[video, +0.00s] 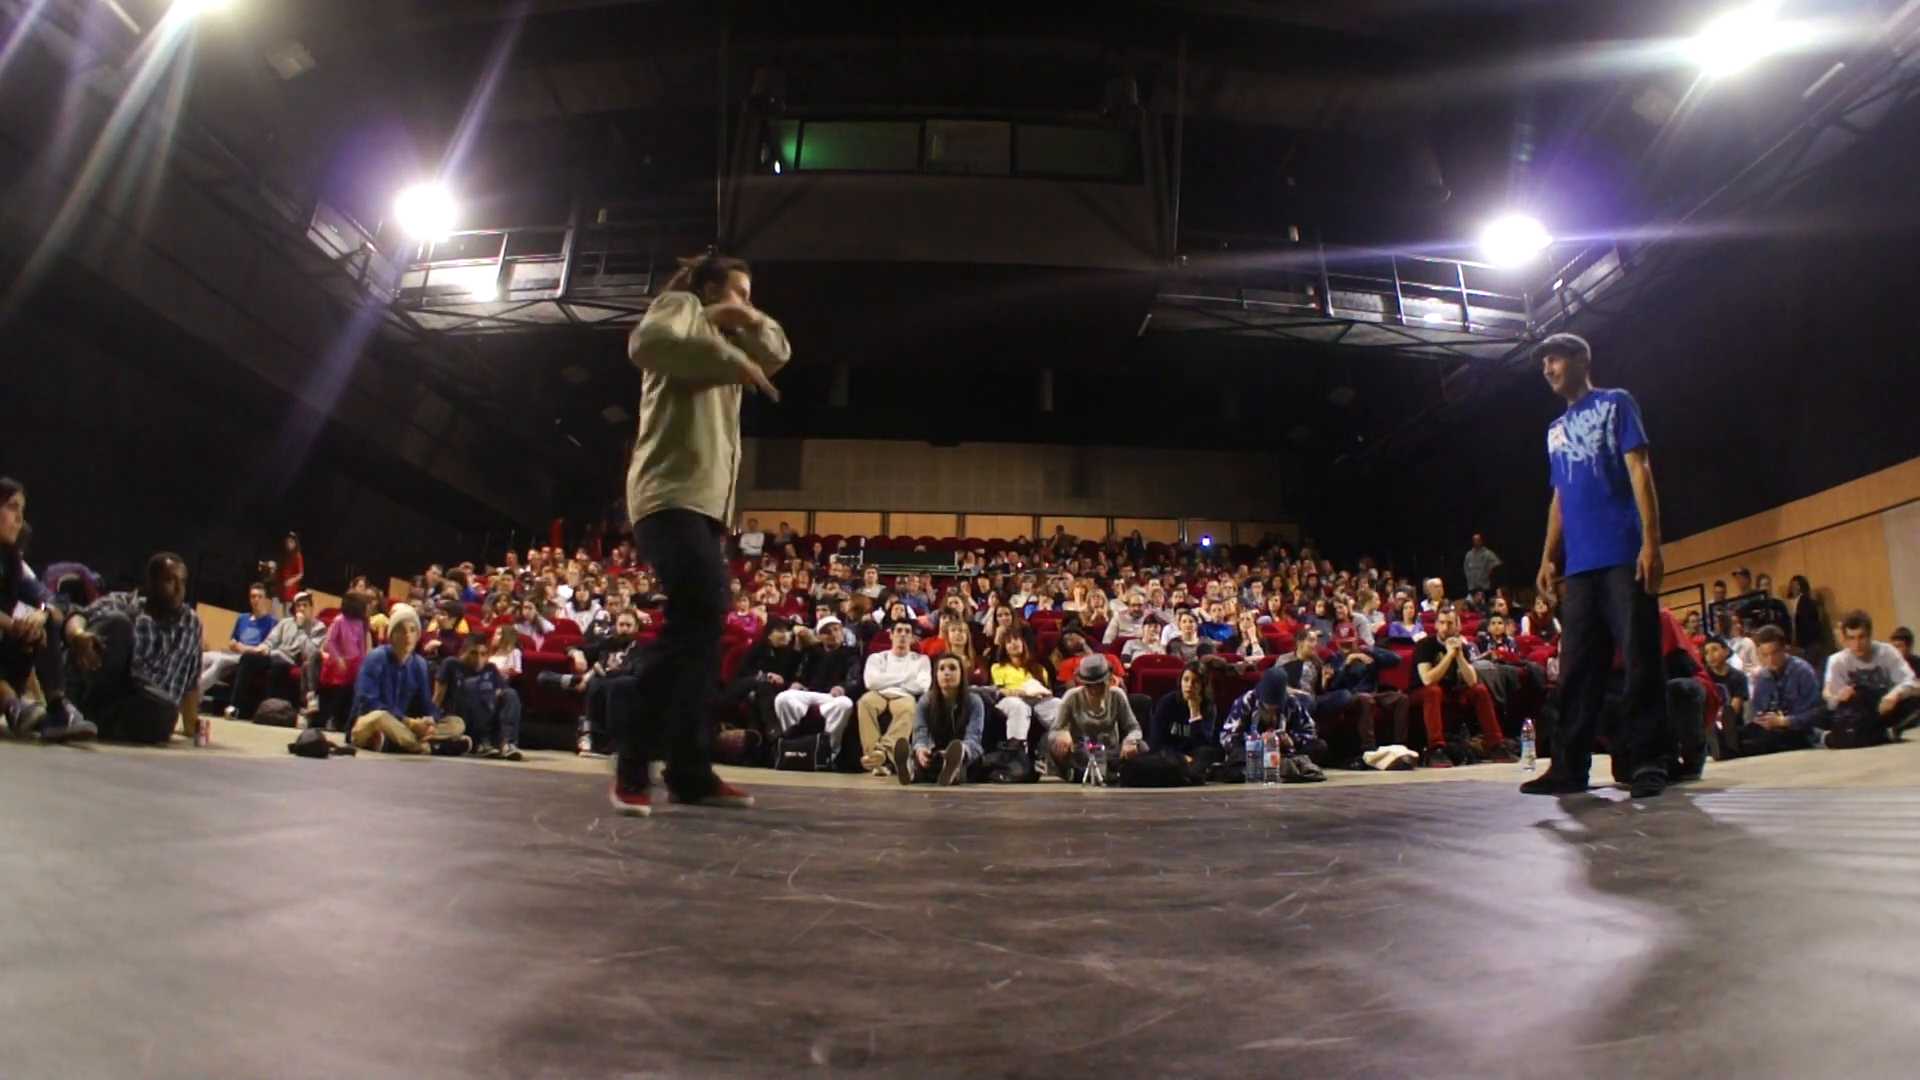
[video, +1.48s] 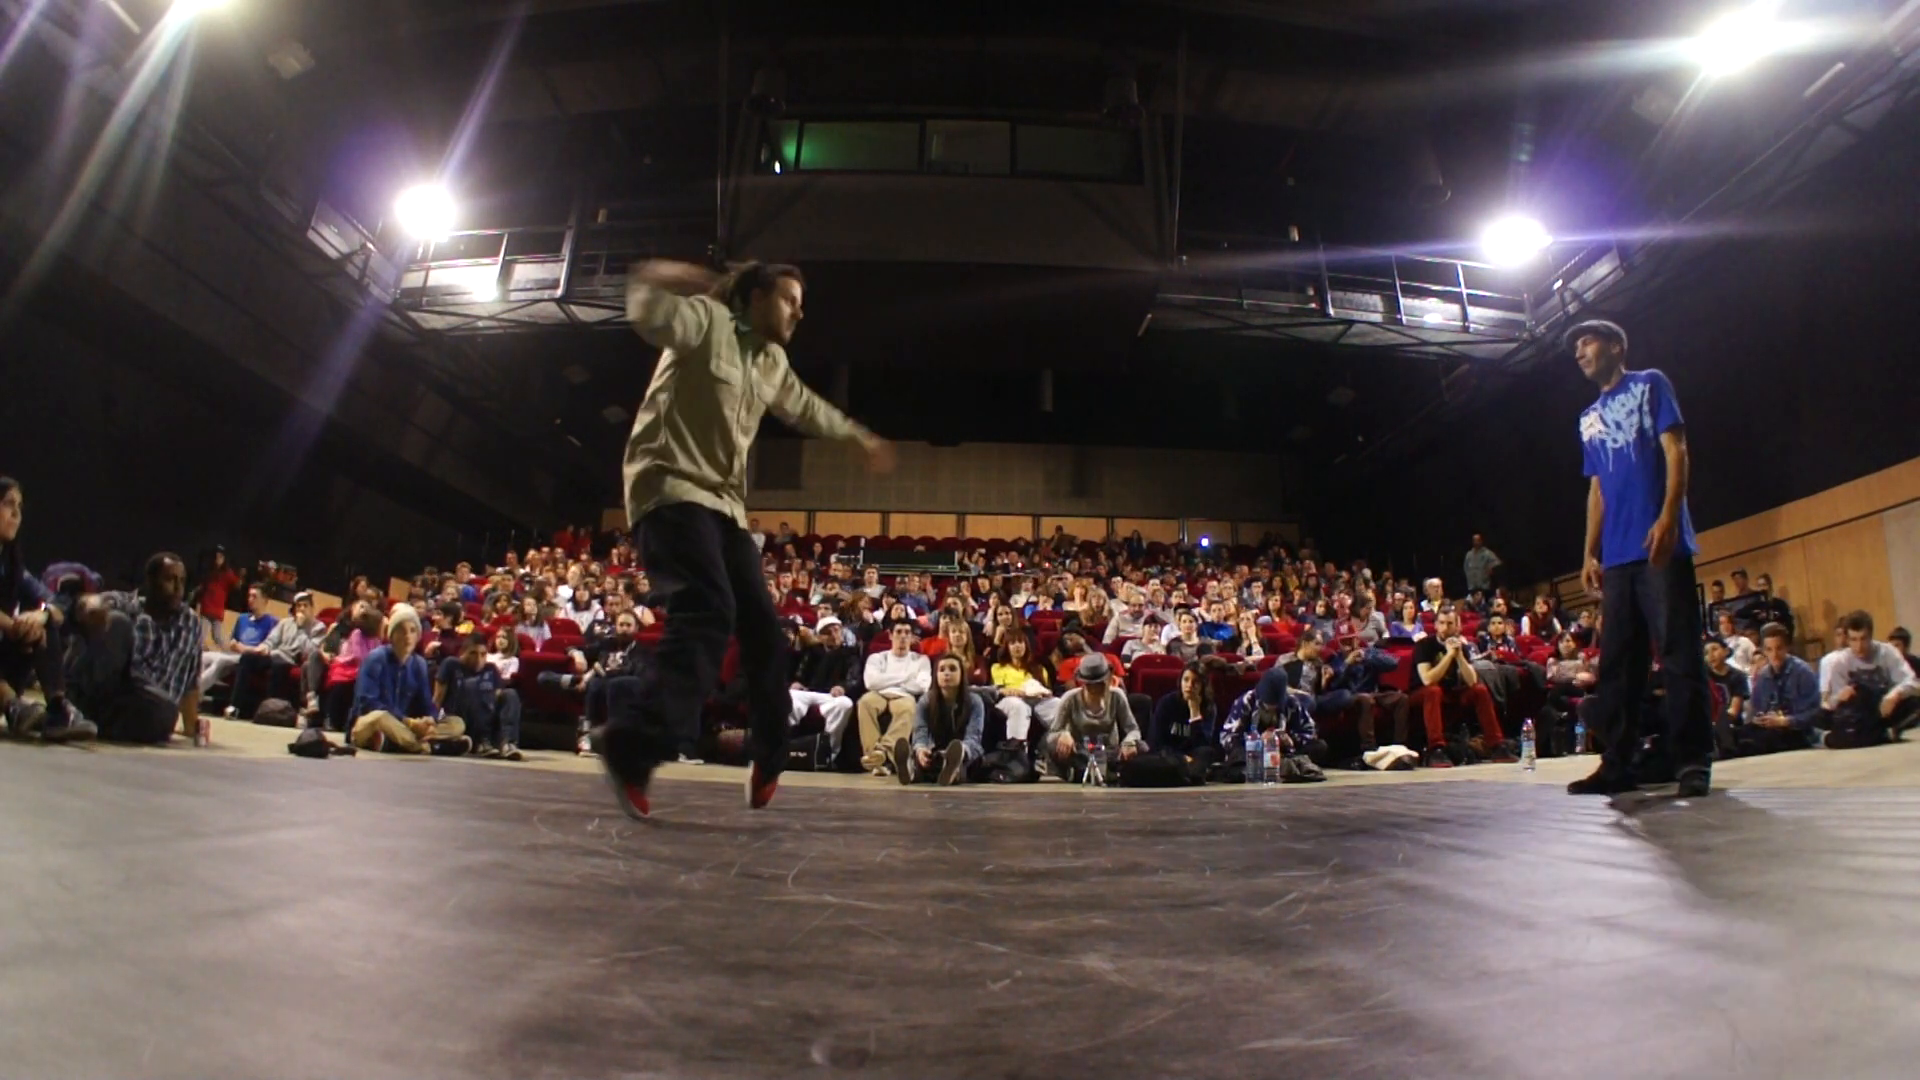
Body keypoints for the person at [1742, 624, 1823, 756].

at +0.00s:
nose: (1771, 660)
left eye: (1775, 653)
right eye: (1765, 655)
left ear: (1784, 650)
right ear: (1759, 656)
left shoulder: (1803, 671)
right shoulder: (1761, 676)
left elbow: (1817, 711)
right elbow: (1757, 709)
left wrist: (1783, 721)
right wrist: (1763, 720)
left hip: (1799, 731)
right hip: (1769, 731)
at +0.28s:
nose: (1774, 654)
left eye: (1778, 647)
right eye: (1768, 649)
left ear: (1786, 647)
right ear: (1763, 652)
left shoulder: (1802, 671)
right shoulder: (1763, 676)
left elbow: (1815, 712)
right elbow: (1757, 710)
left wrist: (1782, 721)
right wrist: (1762, 719)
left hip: (1798, 731)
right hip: (1768, 730)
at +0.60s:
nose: (1776, 651)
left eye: (1781, 645)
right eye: (1771, 646)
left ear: (1789, 646)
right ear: (1765, 649)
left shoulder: (1804, 670)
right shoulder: (1764, 675)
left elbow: (1814, 711)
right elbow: (1757, 710)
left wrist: (1783, 721)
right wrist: (1761, 719)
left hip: (1798, 730)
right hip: (1767, 730)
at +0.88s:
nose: (1777, 651)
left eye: (1782, 645)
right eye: (1772, 646)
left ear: (1790, 645)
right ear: (1767, 648)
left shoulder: (1805, 670)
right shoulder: (1763, 676)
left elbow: (1814, 711)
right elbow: (1755, 711)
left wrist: (1784, 720)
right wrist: (1761, 718)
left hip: (1798, 731)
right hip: (1767, 731)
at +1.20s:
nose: (1776, 653)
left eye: (1781, 647)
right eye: (1771, 648)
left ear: (1788, 647)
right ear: (1765, 650)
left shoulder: (1804, 671)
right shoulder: (1762, 677)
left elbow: (1813, 712)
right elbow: (1755, 713)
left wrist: (1785, 720)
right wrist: (1762, 720)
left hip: (1797, 731)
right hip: (1767, 731)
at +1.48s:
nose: (1774, 655)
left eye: (1779, 648)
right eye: (1769, 650)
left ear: (1787, 648)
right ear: (1763, 651)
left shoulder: (1803, 671)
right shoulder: (1762, 676)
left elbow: (1813, 713)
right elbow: (1755, 710)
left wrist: (1783, 721)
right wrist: (1759, 720)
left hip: (1798, 732)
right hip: (1767, 731)